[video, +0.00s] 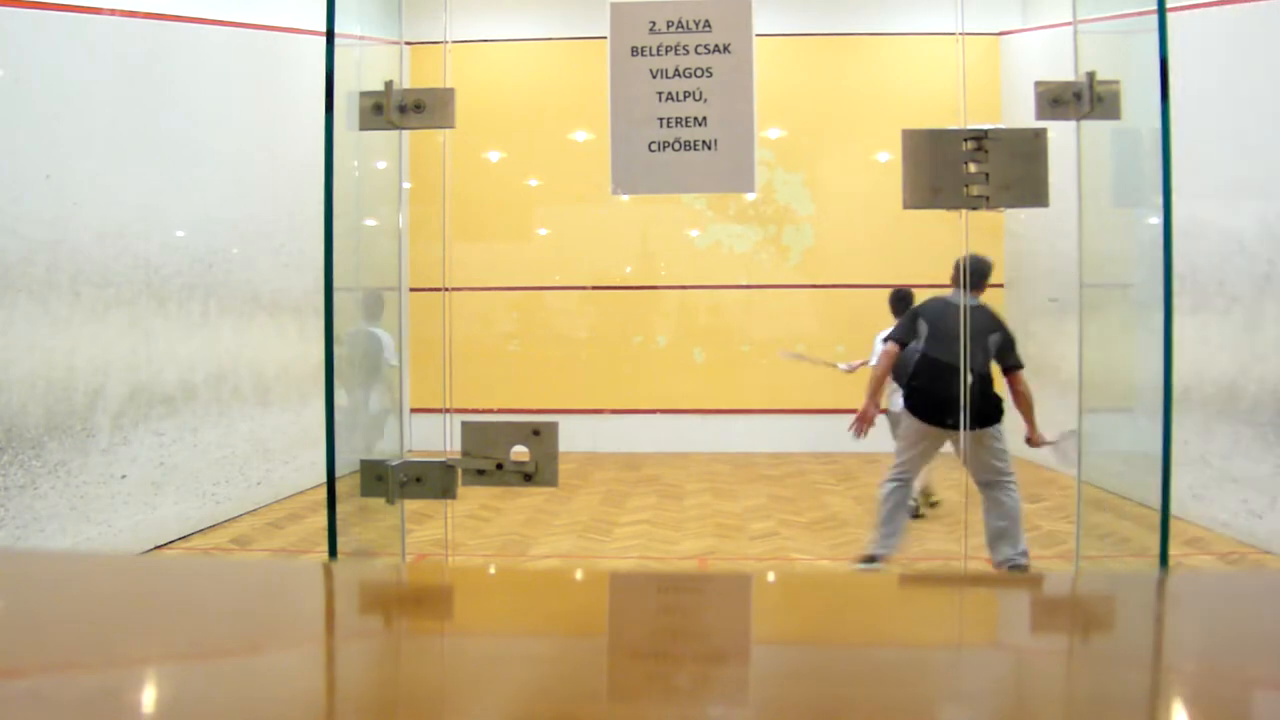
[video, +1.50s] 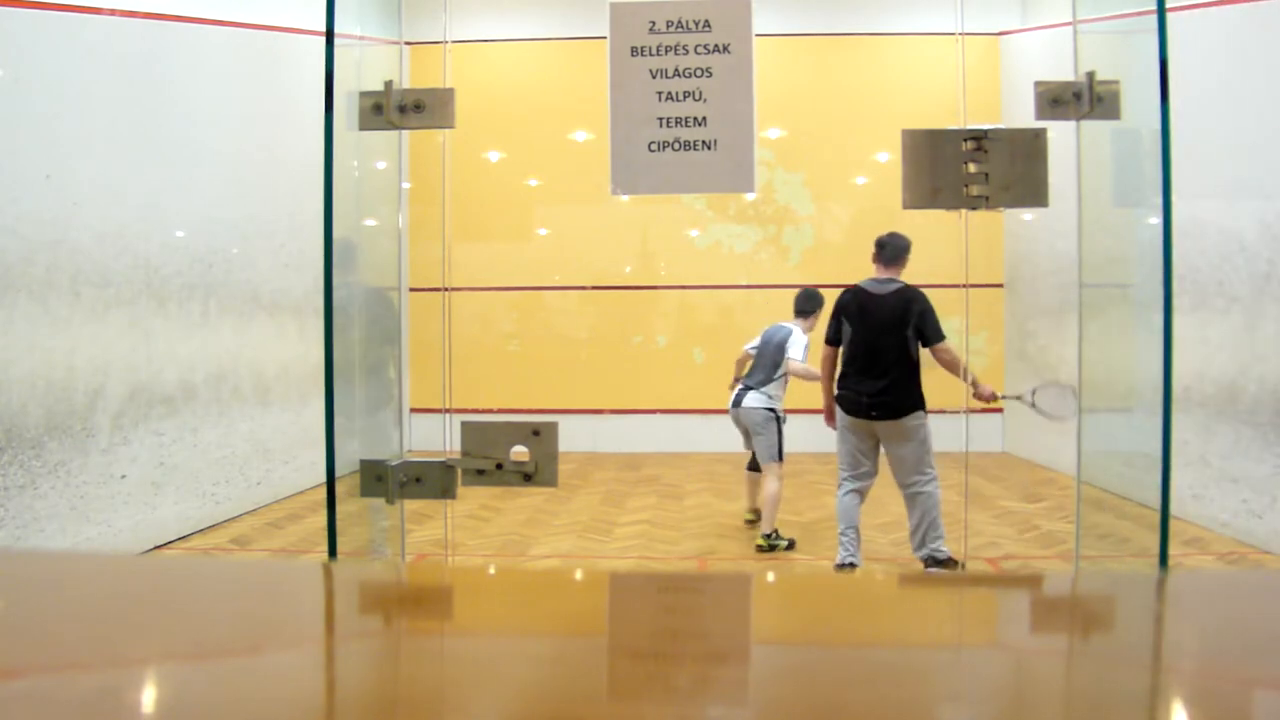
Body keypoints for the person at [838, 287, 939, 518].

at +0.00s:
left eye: (895, 306)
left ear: (892, 308)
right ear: (913, 307)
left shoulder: (885, 337)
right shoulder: (922, 333)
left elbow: (879, 365)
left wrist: (873, 401)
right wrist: (861, 363)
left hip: (896, 403)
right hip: (921, 401)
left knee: (906, 452)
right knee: (914, 451)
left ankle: (922, 490)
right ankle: (914, 495)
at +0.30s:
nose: (878, 305)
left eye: (878, 300)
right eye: (875, 301)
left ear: (853, 304)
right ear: (863, 304)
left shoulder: (834, 330)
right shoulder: (883, 328)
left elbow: (824, 369)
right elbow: (888, 364)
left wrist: (822, 402)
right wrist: (876, 382)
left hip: (845, 404)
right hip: (877, 402)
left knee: (827, 455)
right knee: (897, 451)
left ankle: (809, 499)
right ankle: (908, 501)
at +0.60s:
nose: (836, 291)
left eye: (835, 286)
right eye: (834, 286)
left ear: (809, 288)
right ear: (824, 287)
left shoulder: (787, 313)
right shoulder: (837, 315)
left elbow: (768, 348)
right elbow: (842, 355)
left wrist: (761, 383)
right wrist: (832, 380)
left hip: (787, 388)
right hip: (819, 390)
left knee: (783, 446)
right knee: (818, 453)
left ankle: (777, 500)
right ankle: (804, 505)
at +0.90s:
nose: (794, 319)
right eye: (794, 316)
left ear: (771, 316)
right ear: (794, 317)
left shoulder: (750, 343)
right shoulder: (792, 346)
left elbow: (732, 380)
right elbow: (797, 391)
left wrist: (727, 412)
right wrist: (803, 417)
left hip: (734, 418)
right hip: (764, 420)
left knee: (723, 478)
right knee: (797, 468)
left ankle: (693, 528)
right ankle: (785, 525)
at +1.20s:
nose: (798, 311)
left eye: (795, 306)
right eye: (798, 307)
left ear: (773, 306)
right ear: (795, 309)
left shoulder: (751, 330)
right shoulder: (787, 337)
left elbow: (728, 371)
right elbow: (779, 381)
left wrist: (735, 401)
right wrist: (801, 414)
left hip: (730, 406)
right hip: (759, 409)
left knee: (730, 472)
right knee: (780, 473)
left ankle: (699, 519)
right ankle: (769, 534)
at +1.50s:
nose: (817, 321)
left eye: (818, 317)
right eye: (818, 317)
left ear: (794, 311)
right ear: (815, 315)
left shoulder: (772, 330)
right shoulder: (798, 335)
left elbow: (743, 356)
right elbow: (794, 368)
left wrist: (736, 378)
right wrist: (827, 377)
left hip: (740, 403)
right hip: (762, 407)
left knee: (756, 455)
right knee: (772, 472)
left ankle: (752, 509)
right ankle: (768, 534)